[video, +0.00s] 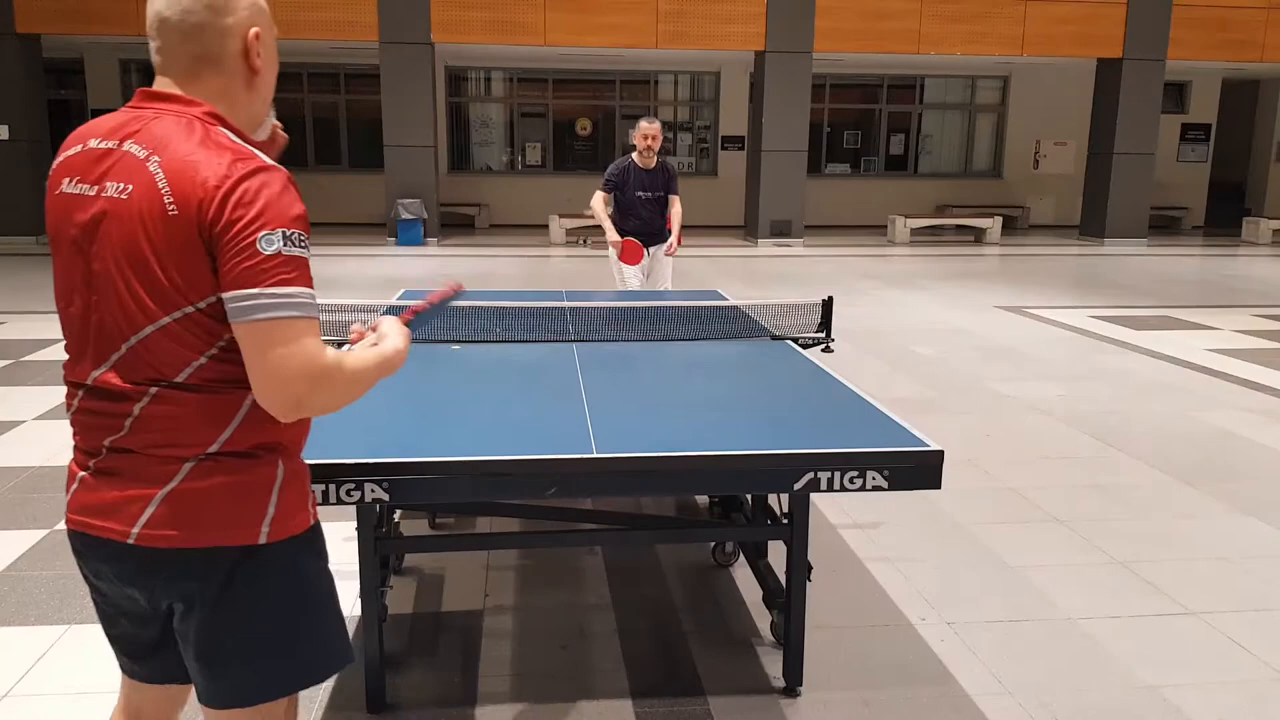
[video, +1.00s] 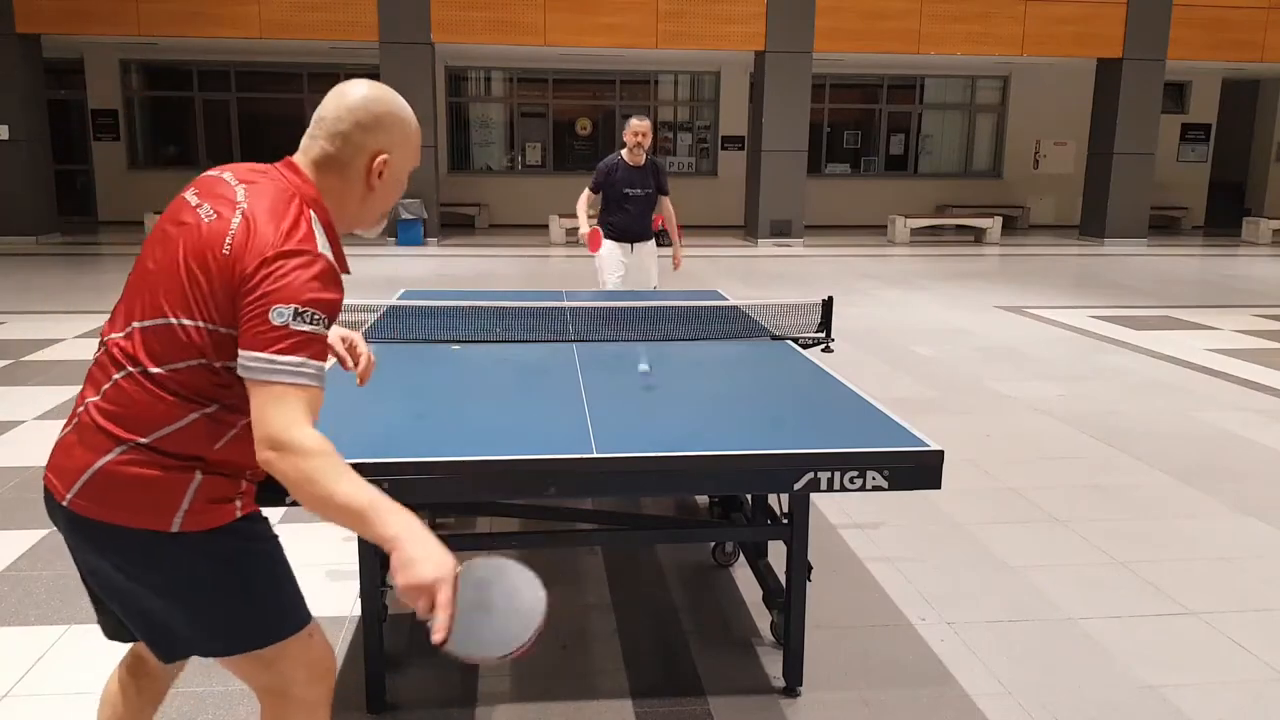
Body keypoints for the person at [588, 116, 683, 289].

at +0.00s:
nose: (649, 143)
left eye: (654, 138)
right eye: (644, 138)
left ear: (661, 139)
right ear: (634, 138)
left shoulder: (668, 170)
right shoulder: (619, 168)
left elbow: (675, 206)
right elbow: (597, 201)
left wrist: (675, 235)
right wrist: (610, 231)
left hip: (660, 247)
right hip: (627, 248)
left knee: (663, 302)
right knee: (632, 303)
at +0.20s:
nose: (644, 144)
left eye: (649, 138)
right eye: (639, 138)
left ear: (655, 140)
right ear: (628, 138)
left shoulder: (662, 168)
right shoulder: (613, 168)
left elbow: (671, 196)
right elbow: (597, 205)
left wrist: (670, 217)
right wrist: (634, 223)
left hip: (652, 247)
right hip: (618, 249)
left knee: (657, 303)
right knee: (626, 305)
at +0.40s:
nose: (640, 143)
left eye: (645, 137)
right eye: (635, 136)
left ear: (651, 138)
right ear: (624, 136)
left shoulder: (655, 165)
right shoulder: (609, 165)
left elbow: (672, 190)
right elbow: (592, 192)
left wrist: (676, 206)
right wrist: (617, 203)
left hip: (649, 245)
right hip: (616, 247)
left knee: (651, 301)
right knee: (620, 304)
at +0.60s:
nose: (641, 142)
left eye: (645, 137)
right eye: (636, 137)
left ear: (651, 138)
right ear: (624, 137)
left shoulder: (655, 167)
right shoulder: (612, 164)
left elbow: (673, 197)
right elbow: (589, 178)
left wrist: (690, 217)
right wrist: (563, 186)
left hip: (648, 245)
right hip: (617, 246)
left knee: (653, 302)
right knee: (624, 305)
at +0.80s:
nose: (645, 146)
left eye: (649, 141)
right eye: (640, 140)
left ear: (655, 144)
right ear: (629, 141)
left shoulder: (659, 174)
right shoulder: (612, 171)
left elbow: (676, 210)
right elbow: (582, 192)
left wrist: (691, 240)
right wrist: (563, 211)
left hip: (648, 249)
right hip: (616, 248)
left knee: (653, 305)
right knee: (621, 304)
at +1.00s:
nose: (639, 140)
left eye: (644, 135)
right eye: (634, 135)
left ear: (651, 138)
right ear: (625, 136)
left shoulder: (656, 168)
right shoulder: (609, 166)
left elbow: (666, 206)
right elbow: (584, 199)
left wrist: (676, 246)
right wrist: (583, 226)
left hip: (645, 245)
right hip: (611, 245)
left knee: (647, 301)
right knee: (612, 299)